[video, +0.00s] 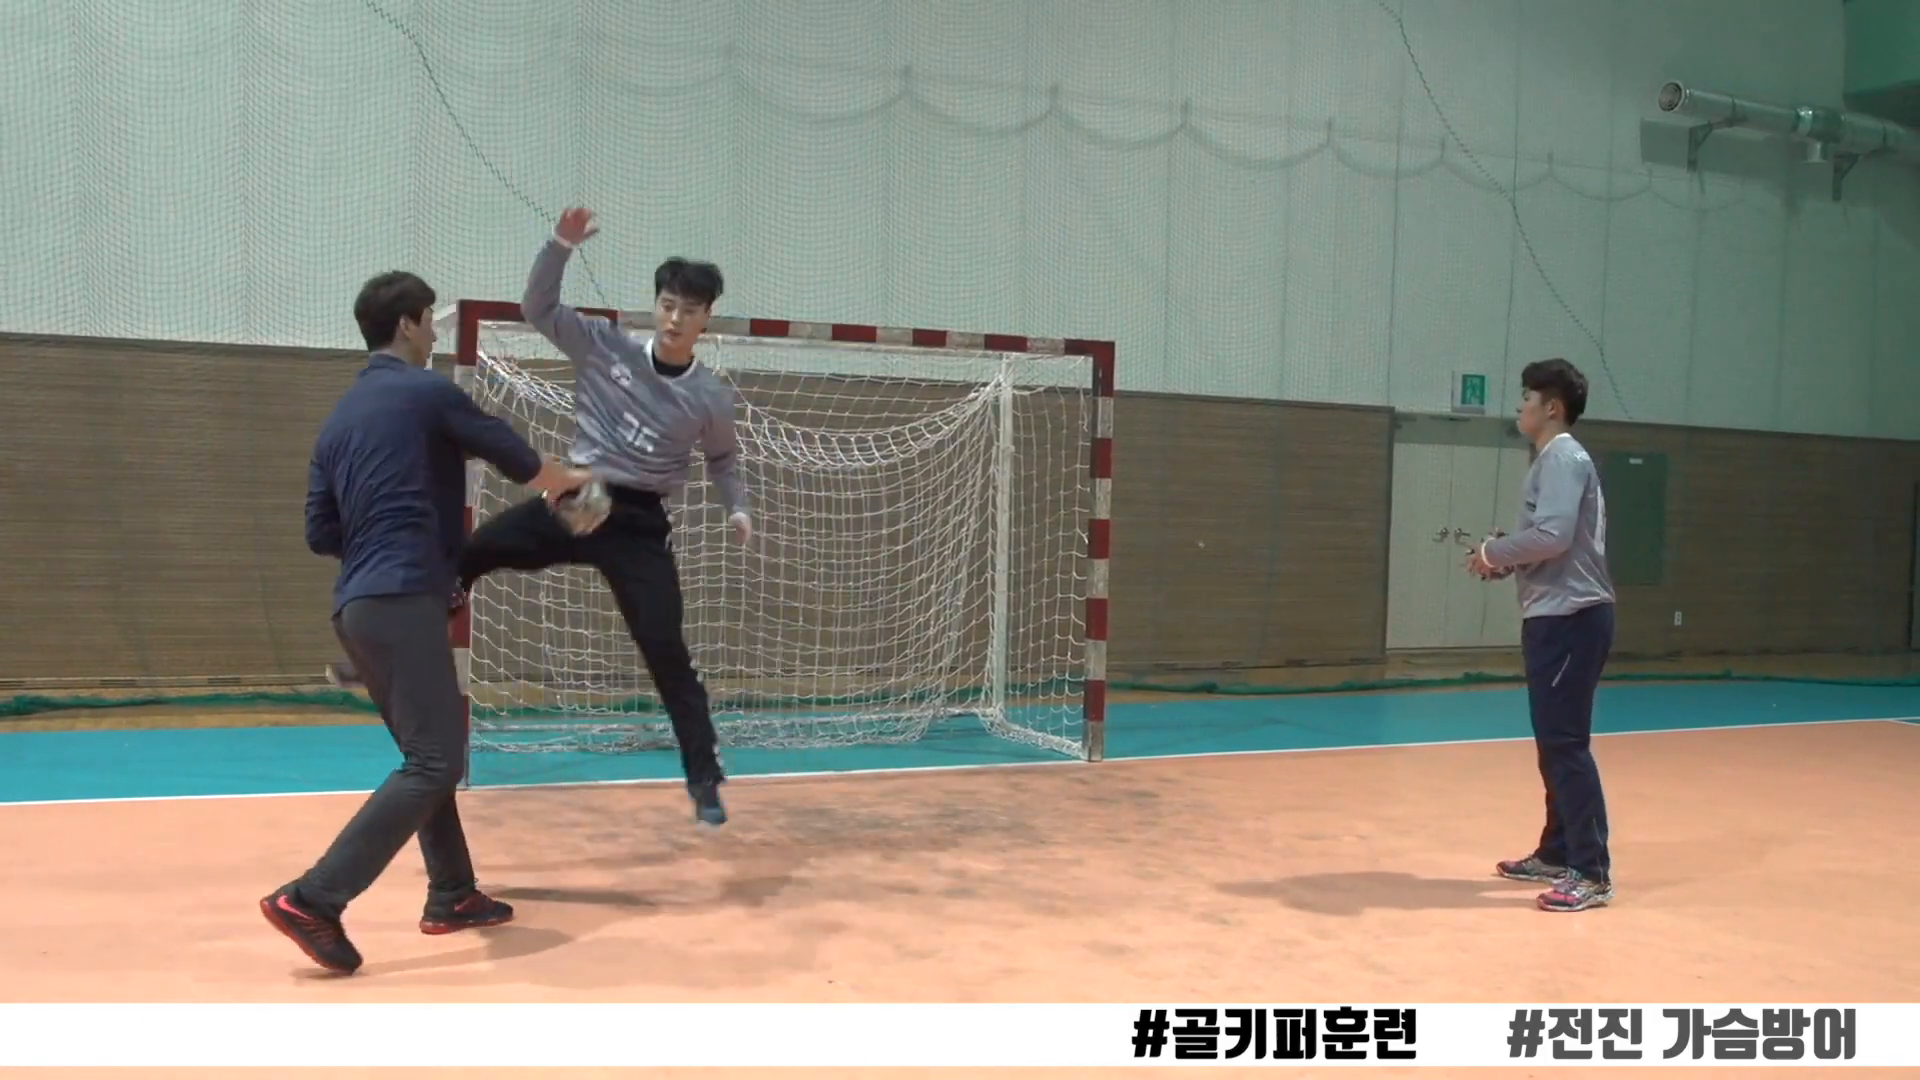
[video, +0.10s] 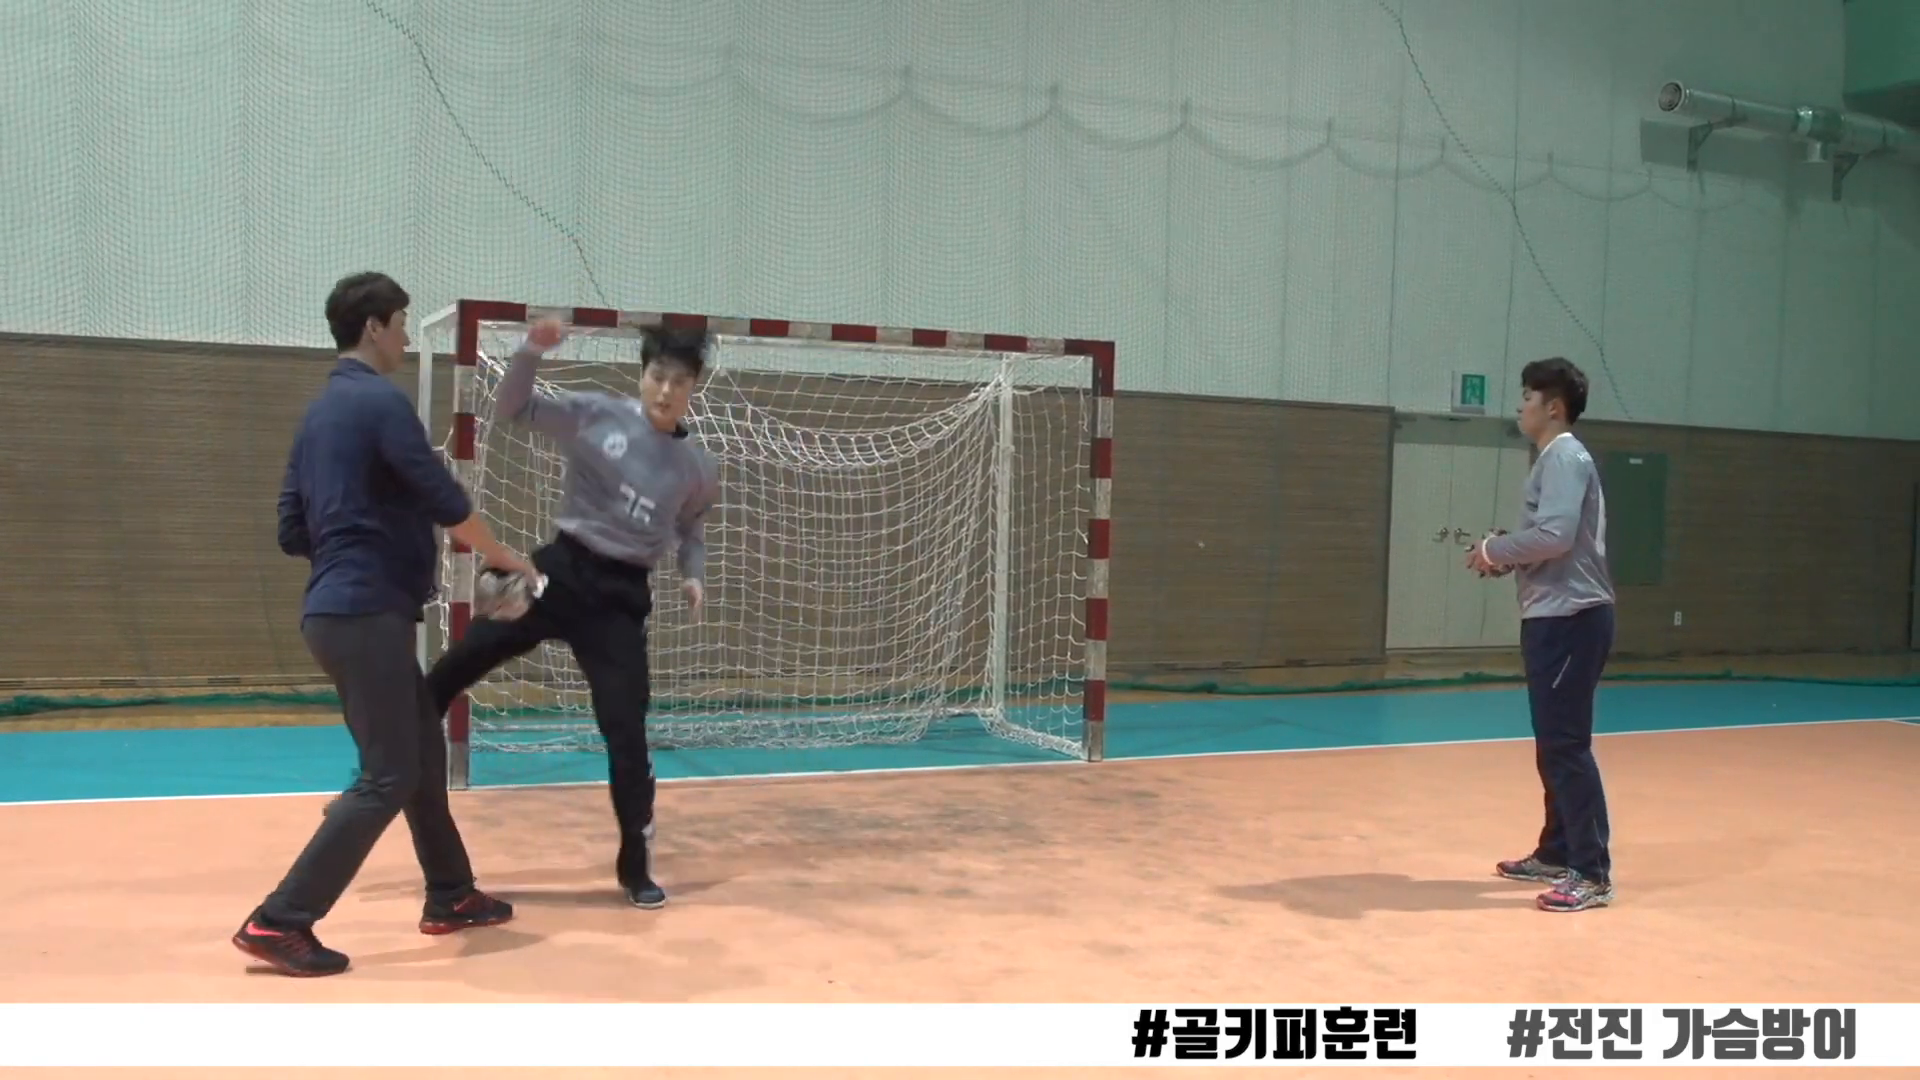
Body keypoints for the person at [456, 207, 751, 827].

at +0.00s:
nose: (674, 319)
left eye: (688, 312)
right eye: (668, 306)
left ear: (706, 320)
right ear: (655, 304)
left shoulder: (711, 399)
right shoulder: (607, 345)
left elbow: (725, 463)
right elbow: (538, 310)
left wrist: (739, 508)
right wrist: (561, 246)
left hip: (637, 528)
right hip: (569, 505)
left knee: (665, 651)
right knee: (472, 550)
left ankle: (705, 785)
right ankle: (383, 649)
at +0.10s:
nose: (666, 391)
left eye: (679, 382)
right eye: (658, 378)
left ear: (694, 391)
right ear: (640, 378)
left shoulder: (699, 469)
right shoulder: (597, 414)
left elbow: (693, 532)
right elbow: (513, 406)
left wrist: (694, 575)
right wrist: (532, 351)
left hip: (621, 599)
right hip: (559, 575)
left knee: (627, 732)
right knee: (458, 666)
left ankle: (635, 866)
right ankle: (388, 751)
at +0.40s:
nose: (671, 482)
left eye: (676, 471)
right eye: (662, 470)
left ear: (678, 473)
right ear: (628, 465)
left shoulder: (676, 541)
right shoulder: (569, 520)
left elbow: (706, 613)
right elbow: (505, 567)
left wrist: (713, 654)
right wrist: (443, 596)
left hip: (617, 662)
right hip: (547, 651)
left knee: (618, 747)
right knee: (473, 741)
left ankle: (612, 866)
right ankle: (400, 851)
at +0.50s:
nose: (681, 456)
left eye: (685, 446)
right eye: (672, 446)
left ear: (686, 449)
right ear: (639, 445)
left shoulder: (694, 521)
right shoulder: (587, 500)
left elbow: (715, 594)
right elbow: (527, 537)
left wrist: (721, 642)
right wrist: (495, 550)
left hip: (641, 654)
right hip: (576, 643)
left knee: (627, 755)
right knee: (502, 725)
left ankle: (614, 868)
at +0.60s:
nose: (695, 435)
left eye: (698, 425)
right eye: (684, 424)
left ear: (698, 431)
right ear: (652, 427)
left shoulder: (707, 500)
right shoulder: (604, 484)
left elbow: (714, 556)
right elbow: (552, 526)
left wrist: (717, 603)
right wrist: (530, 557)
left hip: (662, 625)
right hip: (600, 621)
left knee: (657, 730)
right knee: (561, 729)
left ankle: (646, 846)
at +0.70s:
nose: (710, 436)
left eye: (712, 426)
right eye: (699, 426)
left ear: (715, 433)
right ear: (668, 430)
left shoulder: (720, 499)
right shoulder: (627, 491)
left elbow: (732, 554)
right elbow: (577, 532)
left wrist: (762, 579)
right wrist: (544, 556)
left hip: (688, 626)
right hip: (626, 623)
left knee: (685, 709)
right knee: (597, 725)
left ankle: (684, 806)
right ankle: (580, 816)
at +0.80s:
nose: (737, 424)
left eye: (740, 415)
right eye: (727, 414)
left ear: (742, 420)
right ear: (699, 417)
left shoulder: (757, 479)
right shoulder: (661, 473)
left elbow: (795, 506)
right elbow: (604, 503)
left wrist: (832, 490)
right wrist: (572, 486)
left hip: (717, 613)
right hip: (657, 606)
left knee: (719, 723)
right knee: (608, 706)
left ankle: (710, 778)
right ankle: (577, 814)